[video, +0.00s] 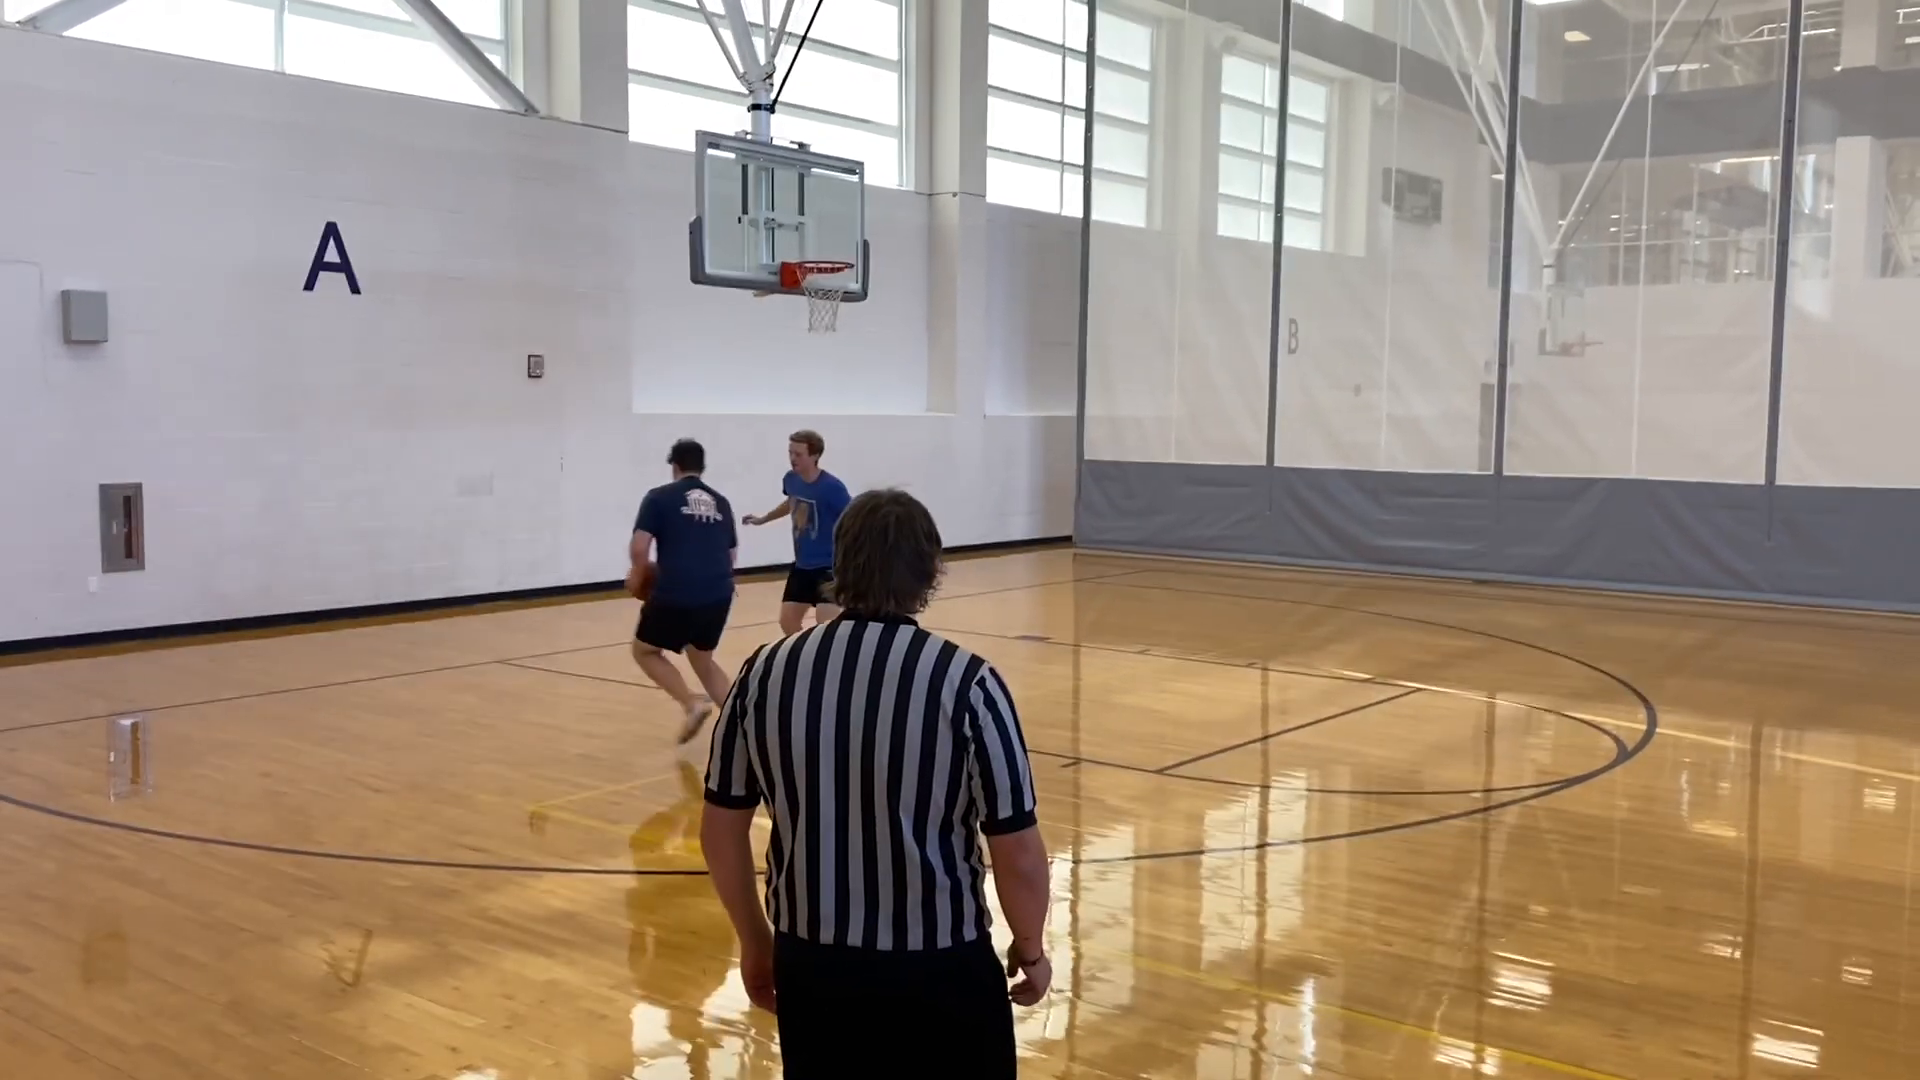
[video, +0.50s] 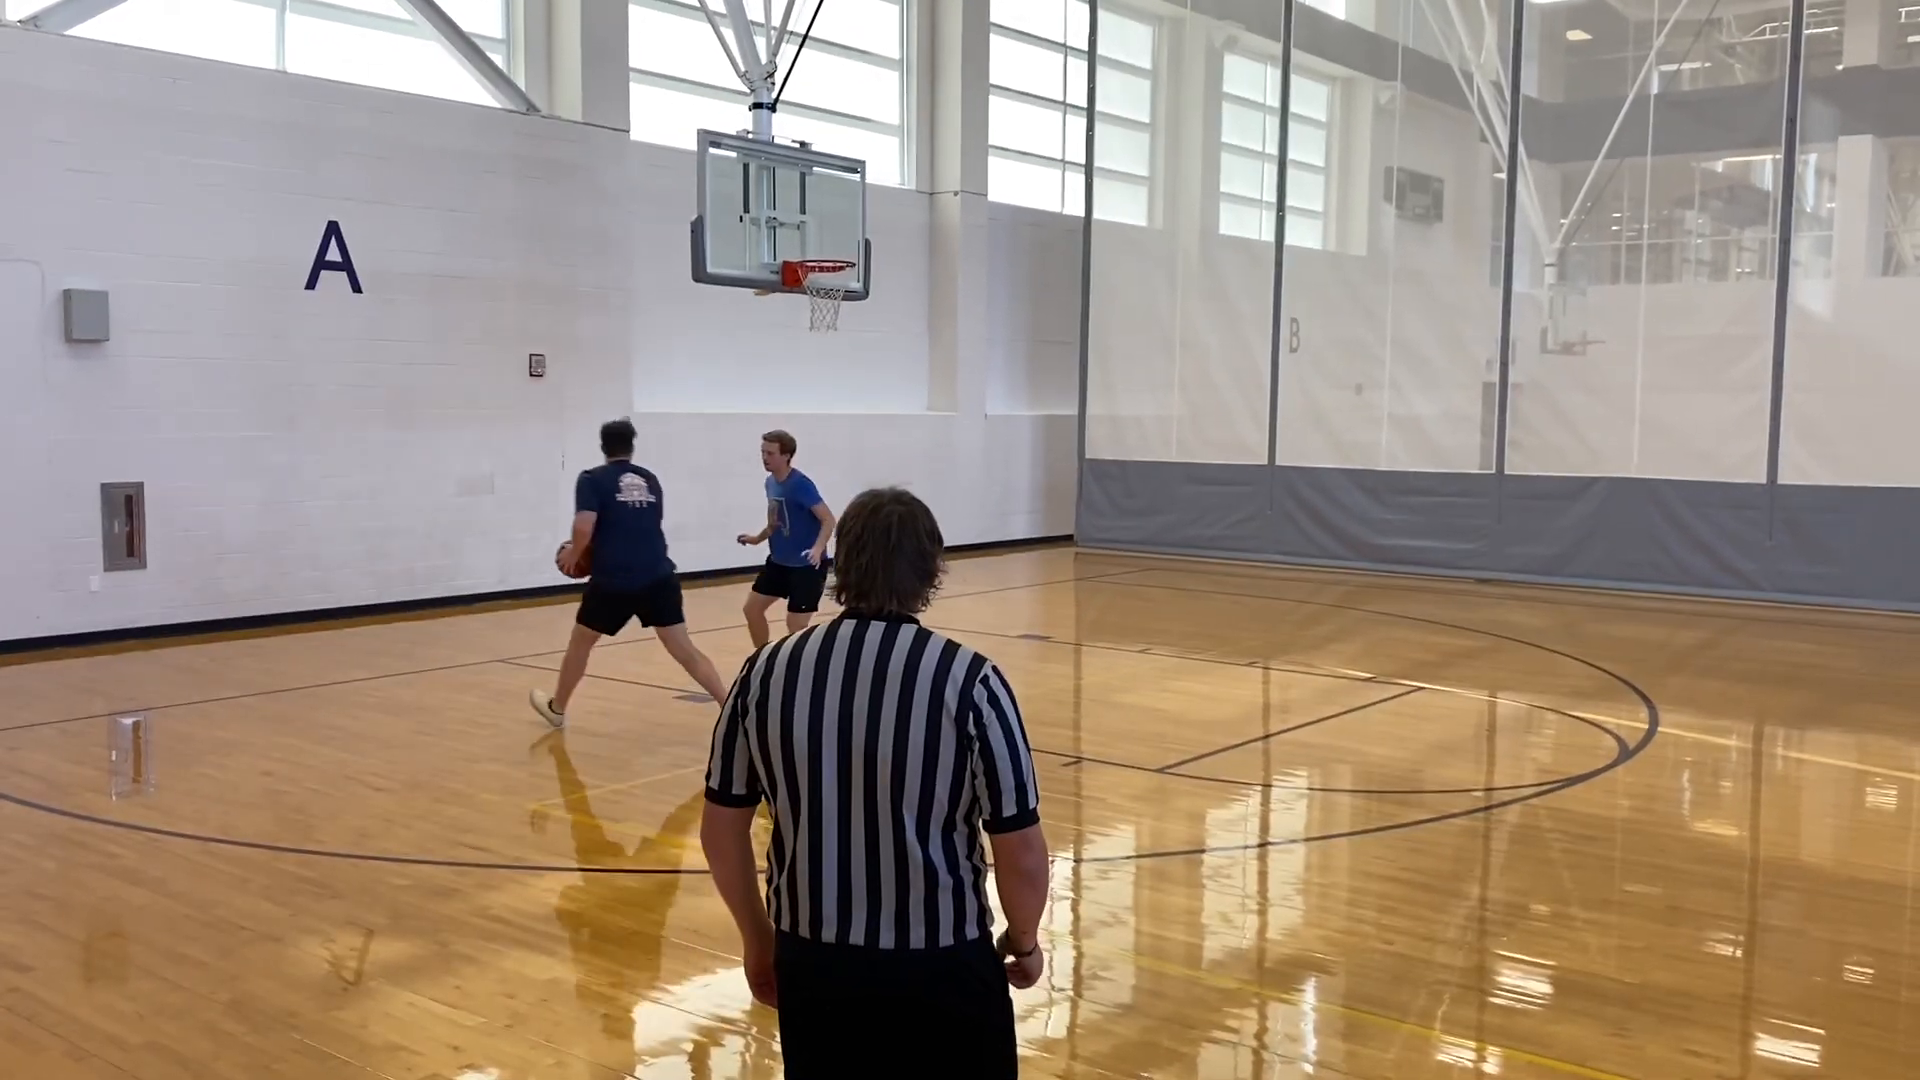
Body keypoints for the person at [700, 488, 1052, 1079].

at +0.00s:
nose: (940, 571)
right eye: (936, 558)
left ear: (841, 565)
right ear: (929, 570)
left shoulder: (764, 671)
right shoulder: (968, 682)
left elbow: (721, 830)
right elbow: (1018, 854)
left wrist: (754, 939)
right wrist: (1030, 946)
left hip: (812, 973)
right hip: (945, 975)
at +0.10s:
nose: (939, 570)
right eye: (935, 557)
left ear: (842, 564)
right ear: (930, 569)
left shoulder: (765, 670)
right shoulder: (969, 681)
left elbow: (721, 830)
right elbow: (1020, 854)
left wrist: (755, 939)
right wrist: (1029, 945)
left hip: (812, 973)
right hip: (946, 976)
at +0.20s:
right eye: (934, 557)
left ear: (842, 563)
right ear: (929, 569)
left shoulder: (766, 670)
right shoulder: (969, 681)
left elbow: (721, 830)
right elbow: (1020, 854)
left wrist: (755, 939)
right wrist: (1027, 942)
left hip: (813, 973)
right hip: (945, 975)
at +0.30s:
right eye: (934, 557)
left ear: (842, 564)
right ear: (930, 569)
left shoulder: (766, 669)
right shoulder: (970, 680)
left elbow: (721, 830)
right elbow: (1020, 854)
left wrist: (755, 938)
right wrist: (1026, 940)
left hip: (813, 972)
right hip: (946, 974)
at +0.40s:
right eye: (934, 556)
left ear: (840, 563)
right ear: (930, 569)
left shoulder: (766, 670)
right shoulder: (970, 680)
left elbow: (721, 829)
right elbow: (1020, 853)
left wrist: (756, 938)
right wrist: (1025, 940)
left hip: (813, 972)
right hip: (946, 975)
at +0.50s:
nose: (939, 570)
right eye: (935, 557)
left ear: (841, 564)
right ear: (931, 569)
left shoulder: (765, 671)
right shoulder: (970, 680)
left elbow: (721, 830)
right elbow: (1021, 853)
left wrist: (756, 937)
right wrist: (1024, 938)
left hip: (813, 973)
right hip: (947, 976)